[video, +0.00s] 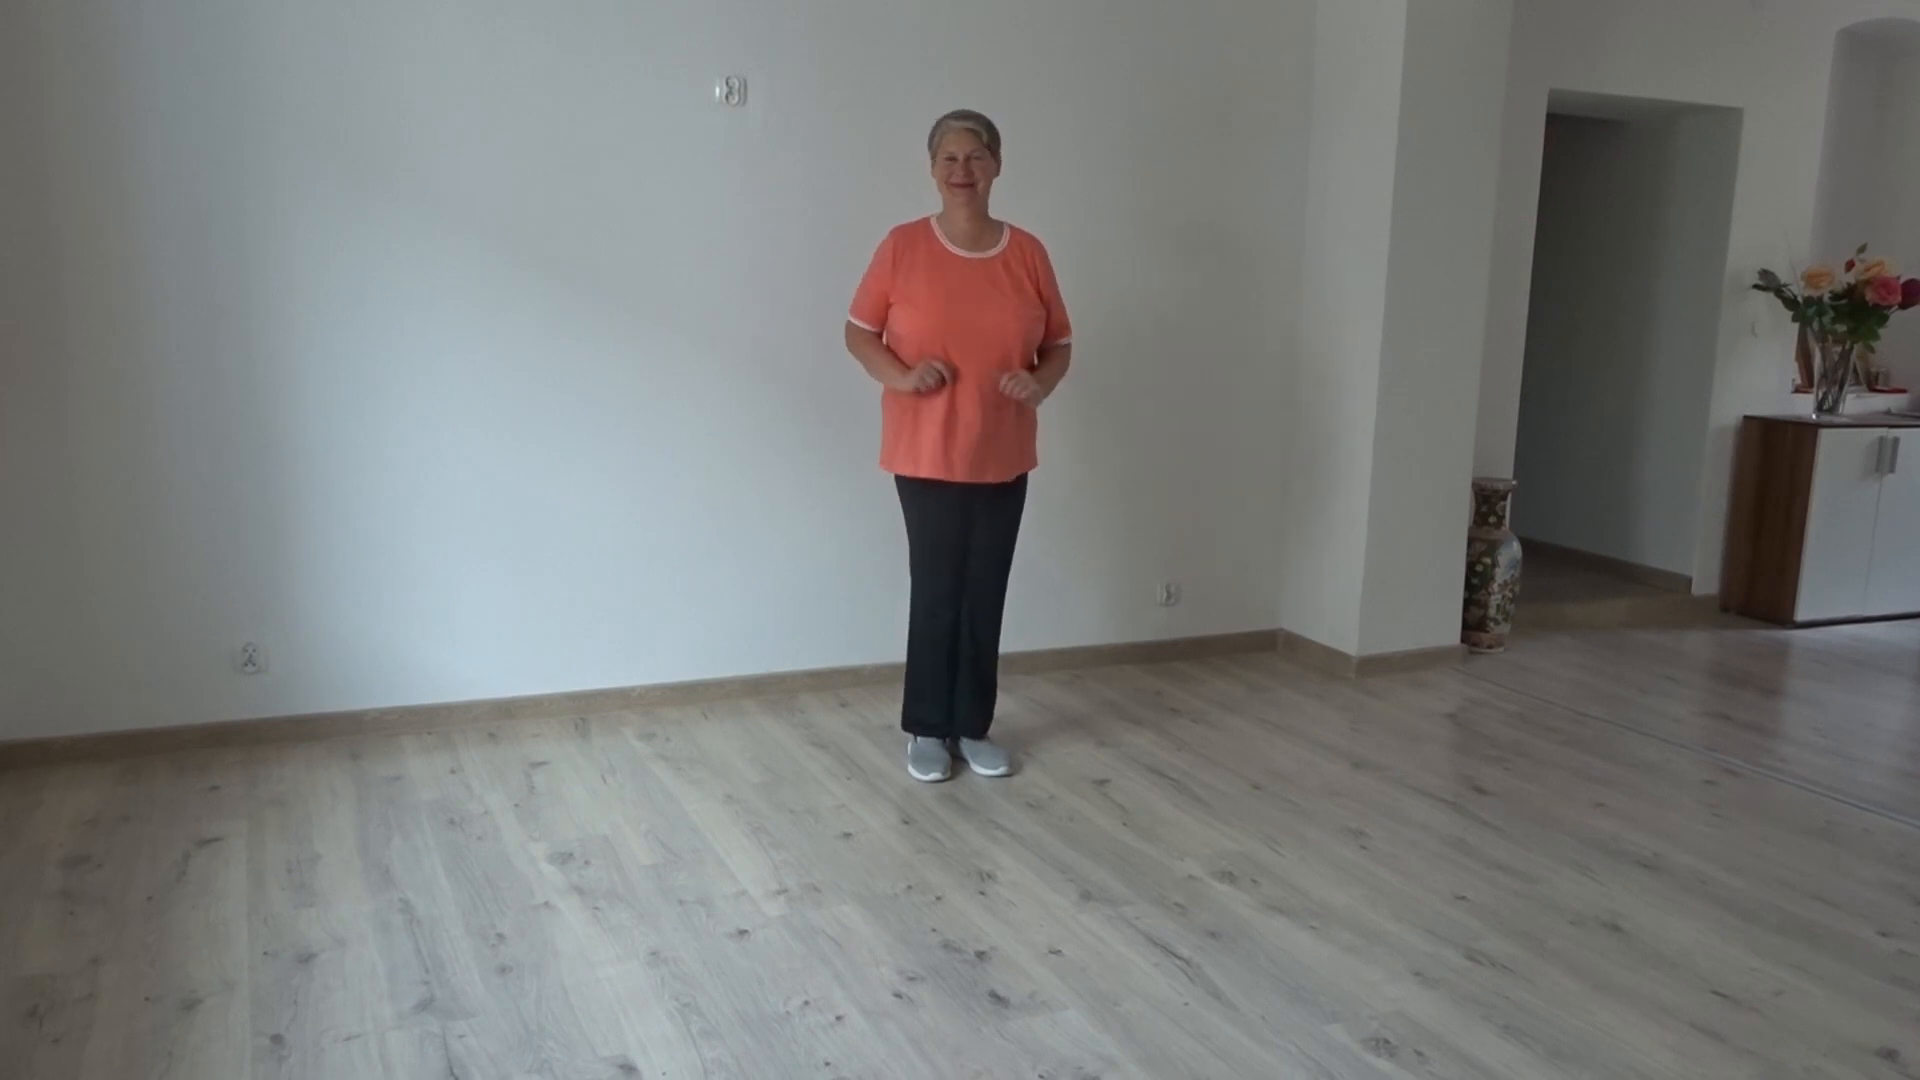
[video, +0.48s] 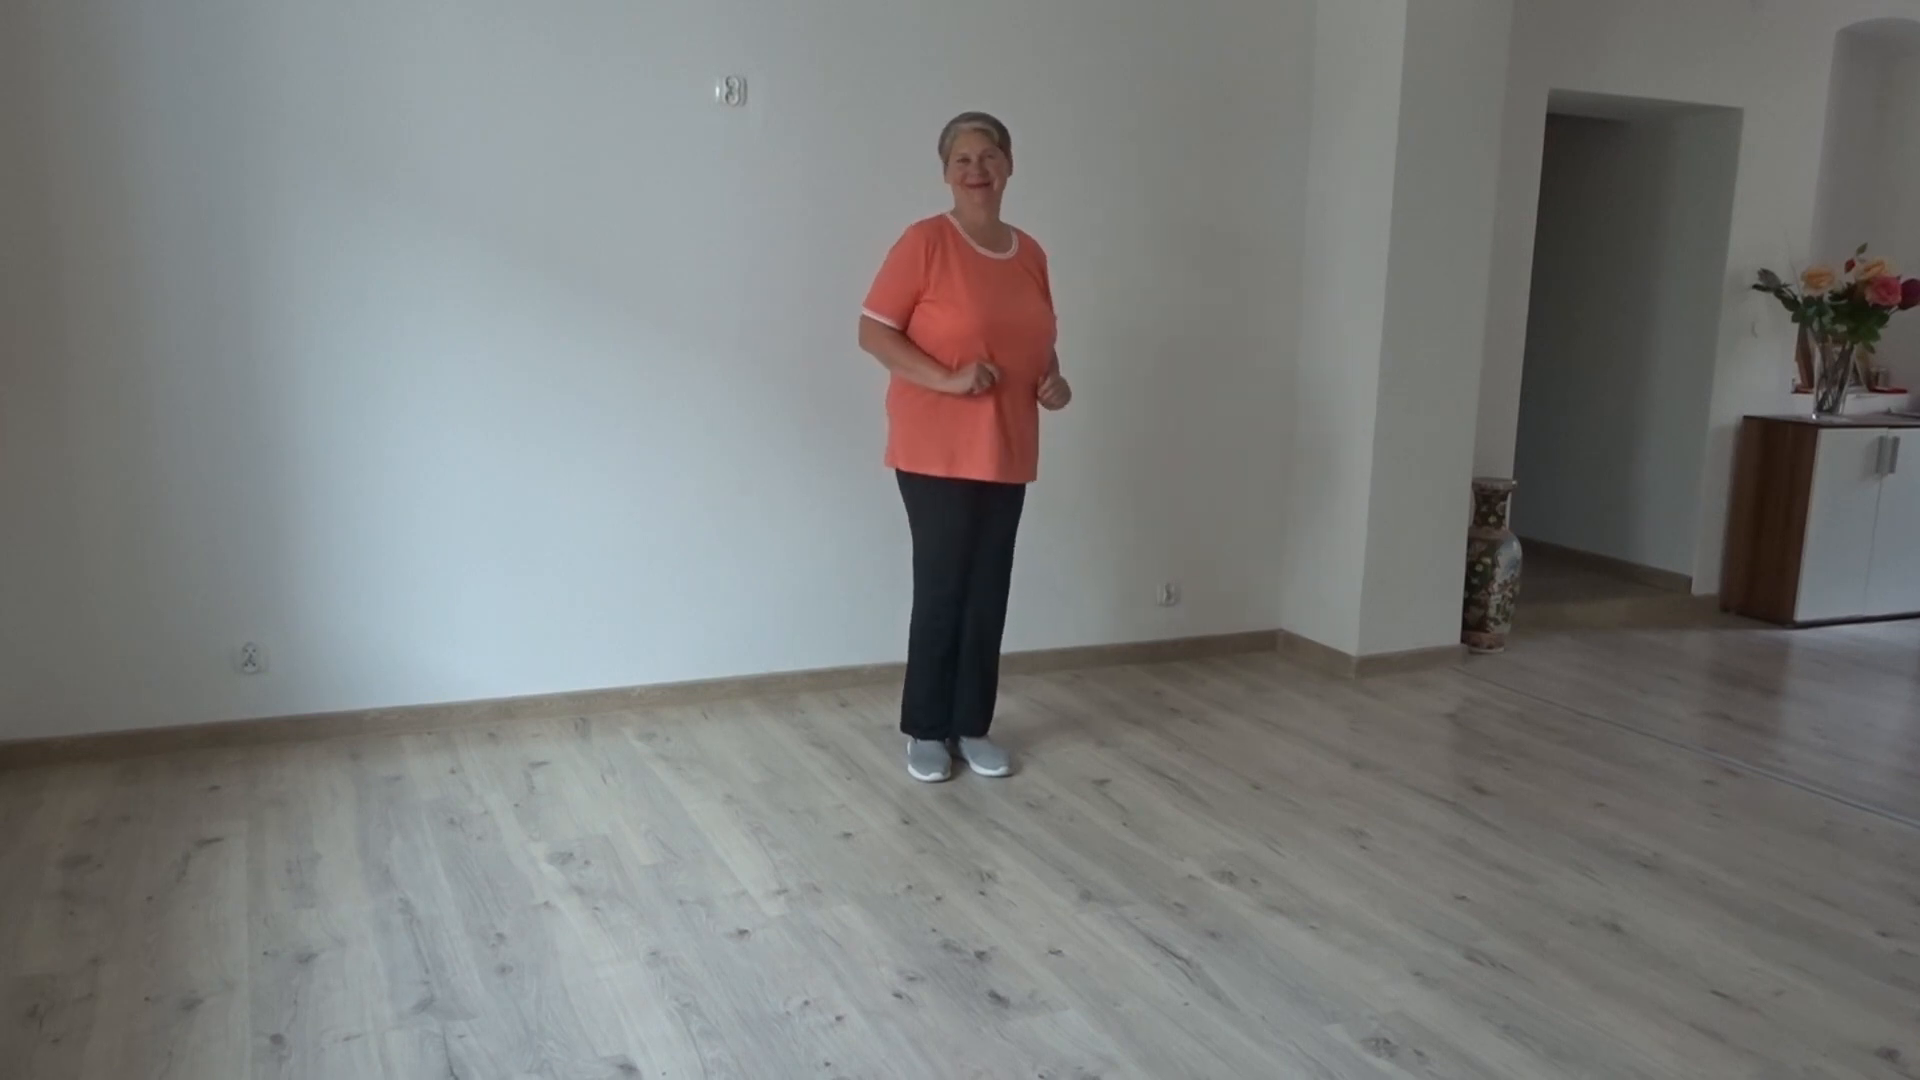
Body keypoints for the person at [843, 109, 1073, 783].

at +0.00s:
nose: (963, 167)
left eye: (976, 156)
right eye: (950, 157)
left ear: (996, 167)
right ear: (933, 169)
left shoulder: (1026, 252)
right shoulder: (903, 246)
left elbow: (1058, 342)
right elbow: (859, 332)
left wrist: (1039, 381)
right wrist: (901, 375)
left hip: (1002, 461)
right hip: (928, 460)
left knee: (984, 600)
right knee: (937, 598)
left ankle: (972, 731)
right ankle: (926, 732)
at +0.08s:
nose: (968, 167)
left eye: (979, 155)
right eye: (954, 157)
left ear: (999, 166)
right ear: (936, 169)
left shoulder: (1027, 252)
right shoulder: (907, 245)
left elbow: (1055, 341)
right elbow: (859, 330)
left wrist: (1044, 377)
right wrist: (911, 374)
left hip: (1003, 460)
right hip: (931, 459)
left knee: (985, 600)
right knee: (938, 599)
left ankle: (972, 730)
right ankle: (927, 732)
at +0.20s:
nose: (971, 168)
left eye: (983, 156)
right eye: (957, 159)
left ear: (1004, 166)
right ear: (940, 171)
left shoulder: (1028, 253)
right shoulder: (913, 243)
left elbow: (1047, 340)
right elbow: (864, 329)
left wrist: (1046, 377)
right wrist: (929, 374)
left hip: (1004, 459)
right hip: (933, 457)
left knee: (985, 600)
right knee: (939, 598)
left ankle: (970, 730)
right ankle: (925, 733)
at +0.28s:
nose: (975, 169)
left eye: (987, 158)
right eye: (961, 160)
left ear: (1006, 168)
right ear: (943, 172)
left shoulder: (1027, 255)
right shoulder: (918, 245)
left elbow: (1041, 343)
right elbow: (868, 333)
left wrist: (1047, 380)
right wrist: (936, 378)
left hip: (1005, 460)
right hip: (934, 458)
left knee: (986, 601)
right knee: (940, 598)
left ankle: (970, 731)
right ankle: (926, 733)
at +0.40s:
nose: (978, 168)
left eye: (989, 157)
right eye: (963, 160)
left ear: (1008, 167)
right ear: (945, 173)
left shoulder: (1027, 253)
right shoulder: (922, 244)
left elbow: (1037, 338)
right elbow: (873, 333)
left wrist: (1048, 379)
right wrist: (944, 379)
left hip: (1005, 459)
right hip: (936, 457)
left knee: (987, 599)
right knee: (940, 596)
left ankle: (970, 730)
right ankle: (925, 732)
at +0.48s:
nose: (978, 167)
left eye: (989, 156)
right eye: (964, 159)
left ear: (1009, 166)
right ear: (945, 172)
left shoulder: (1029, 253)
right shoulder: (923, 244)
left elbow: (1039, 339)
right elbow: (874, 333)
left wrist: (1050, 378)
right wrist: (945, 379)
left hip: (1006, 458)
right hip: (937, 457)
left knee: (987, 598)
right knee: (941, 595)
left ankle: (969, 730)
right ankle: (925, 732)